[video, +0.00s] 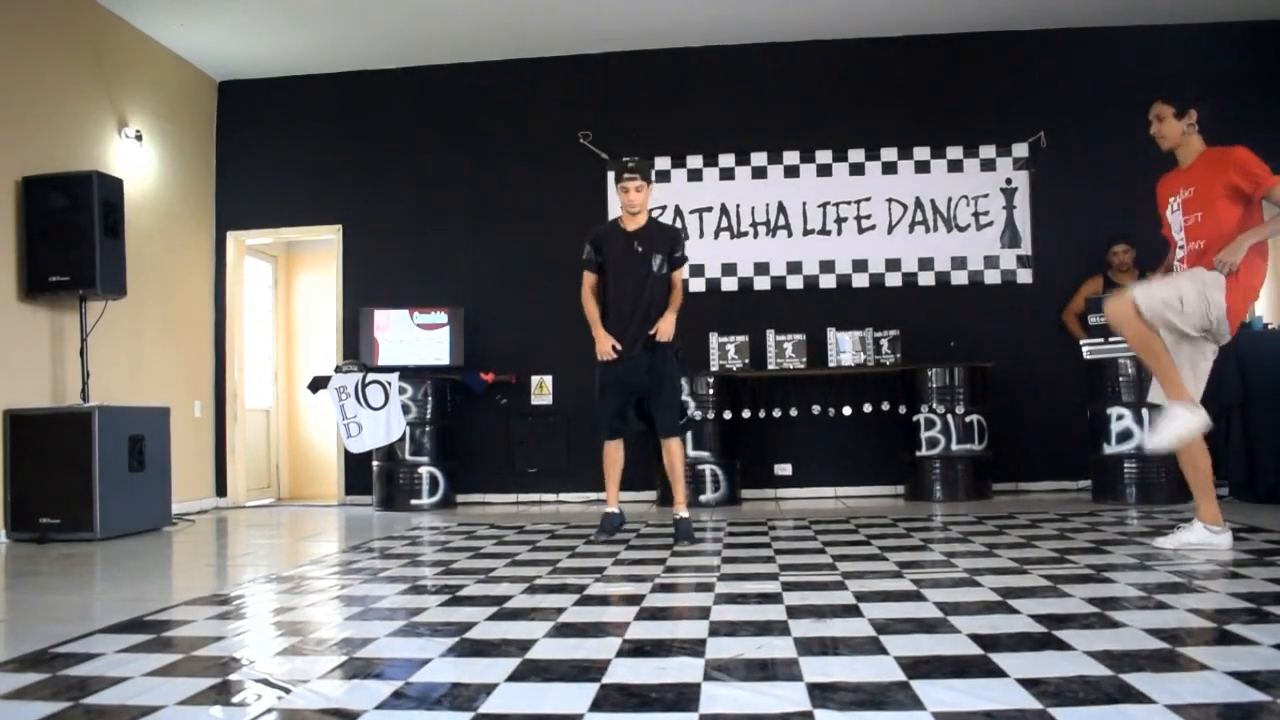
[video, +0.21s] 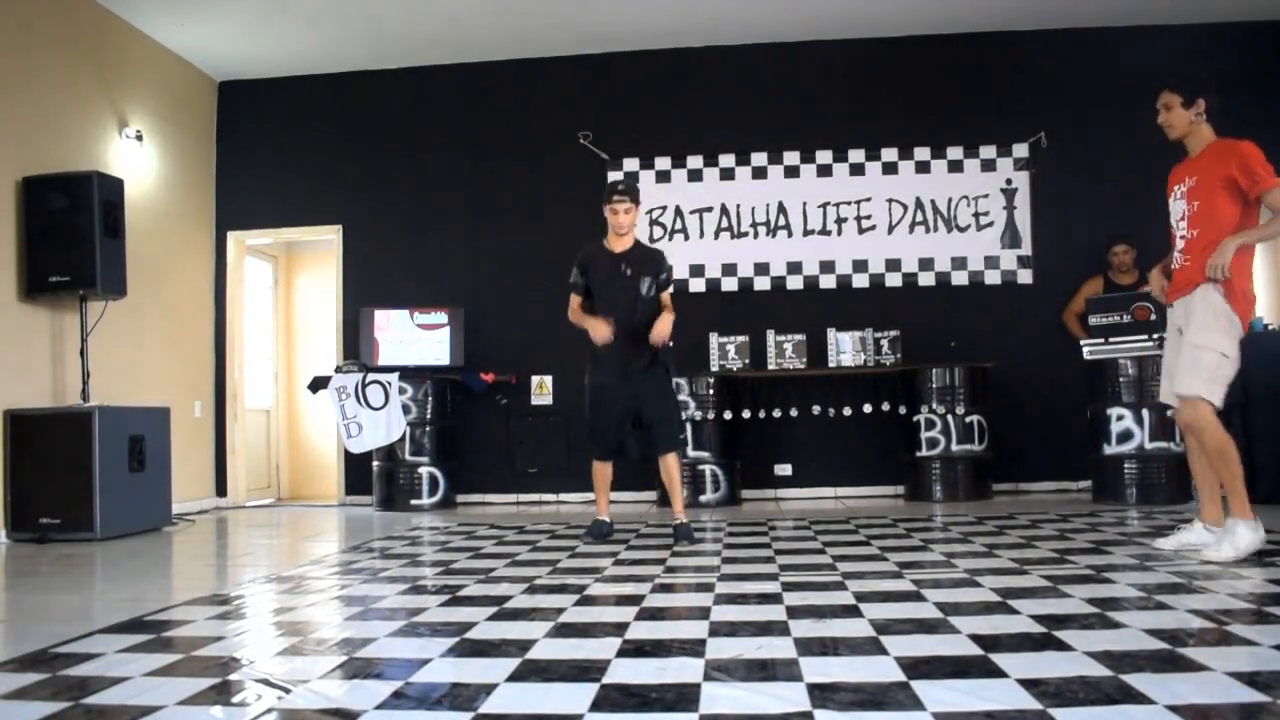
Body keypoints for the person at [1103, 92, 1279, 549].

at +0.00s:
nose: (1153, 129)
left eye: (1160, 119)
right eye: (1151, 122)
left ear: (1190, 120)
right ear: (1161, 130)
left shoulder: (1234, 159)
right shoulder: (1166, 186)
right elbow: (1178, 247)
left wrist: (1246, 239)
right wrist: (1157, 281)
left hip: (1225, 286)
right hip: (1189, 294)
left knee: (1121, 306)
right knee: (1176, 411)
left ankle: (1183, 407)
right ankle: (1211, 525)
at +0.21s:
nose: (1160, 118)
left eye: (1167, 109)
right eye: (1158, 111)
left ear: (1198, 109)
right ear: (1176, 115)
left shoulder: (1238, 153)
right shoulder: (1178, 174)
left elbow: (1277, 217)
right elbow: (1193, 240)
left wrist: (1235, 240)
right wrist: (1163, 267)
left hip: (1221, 298)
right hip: (1183, 301)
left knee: (1195, 409)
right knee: (1185, 412)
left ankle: (1244, 522)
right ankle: (1210, 524)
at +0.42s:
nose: (1173, 119)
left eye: (1180, 109)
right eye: (1171, 112)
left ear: (1211, 107)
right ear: (1194, 114)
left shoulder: (1256, 153)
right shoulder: (1195, 174)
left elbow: (1277, 219)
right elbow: (1201, 250)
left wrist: (1212, 217)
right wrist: (1168, 289)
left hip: (1228, 319)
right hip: (1177, 307)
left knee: (1216, 425)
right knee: (1111, 370)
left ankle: (1247, 531)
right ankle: (1156, 452)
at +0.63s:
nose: (1169, 135)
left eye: (1176, 126)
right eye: (1169, 127)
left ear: (1207, 126)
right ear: (1194, 130)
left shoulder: (1237, 167)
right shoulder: (1206, 181)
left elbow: (1249, 230)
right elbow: (1209, 242)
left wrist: (1193, 209)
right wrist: (1175, 232)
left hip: (1216, 317)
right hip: (1189, 282)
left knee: (1197, 424)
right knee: (1132, 208)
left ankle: (1245, 532)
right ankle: (1059, 283)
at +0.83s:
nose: (1169, 139)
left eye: (1176, 130)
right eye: (1168, 131)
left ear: (1206, 131)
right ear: (1196, 134)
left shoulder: (1230, 173)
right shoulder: (1208, 182)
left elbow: (1209, 241)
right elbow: (1200, 254)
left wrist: (1167, 205)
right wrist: (1166, 231)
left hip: (1213, 318)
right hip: (1189, 294)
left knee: (1190, 429)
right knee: (1152, 204)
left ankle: (1244, 532)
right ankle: (1078, 262)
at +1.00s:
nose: (1169, 125)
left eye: (1176, 116)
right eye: (1169, 116)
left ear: (1205, 118)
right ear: (1200, 120)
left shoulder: (1224, 161)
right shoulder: (1218, 163)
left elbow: (1213, 235)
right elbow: (1217, 245)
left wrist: (1163, 216)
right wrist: (1138, 265)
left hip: (1221, 312)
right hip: (1193, 293)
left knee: (1206, 422)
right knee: (1096, 294)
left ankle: (1246, 533)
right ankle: (1121, 400)